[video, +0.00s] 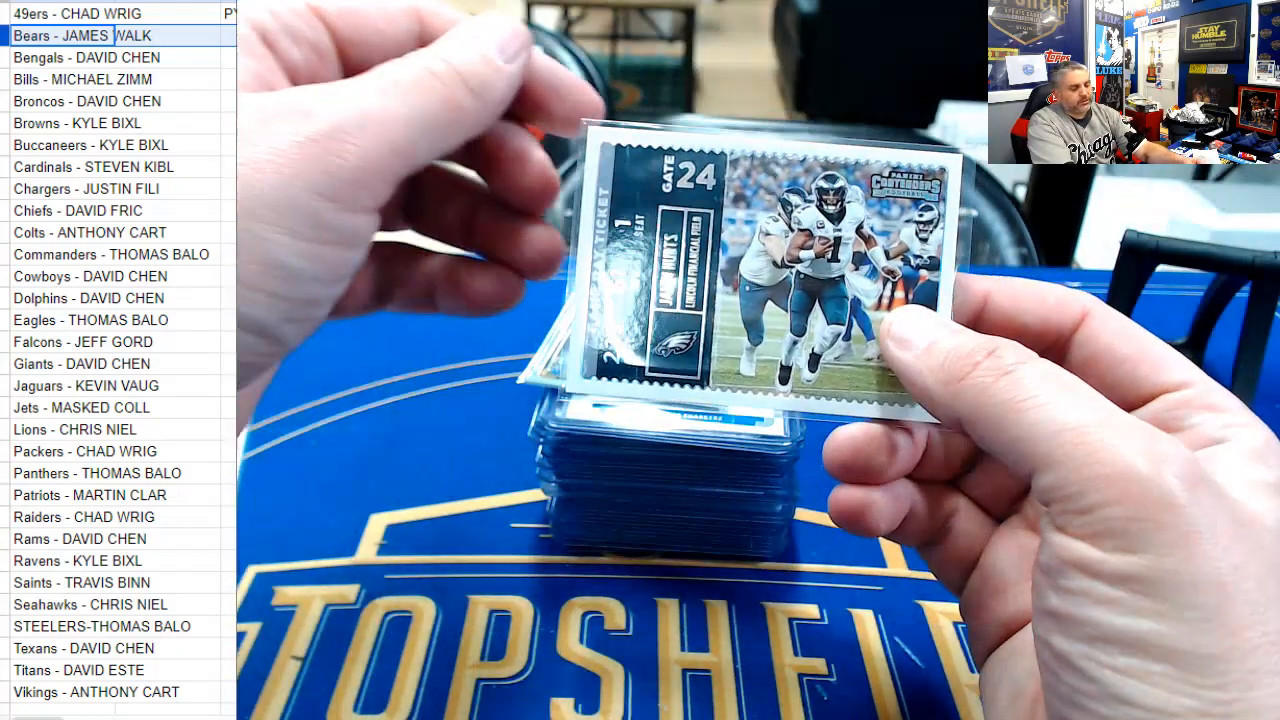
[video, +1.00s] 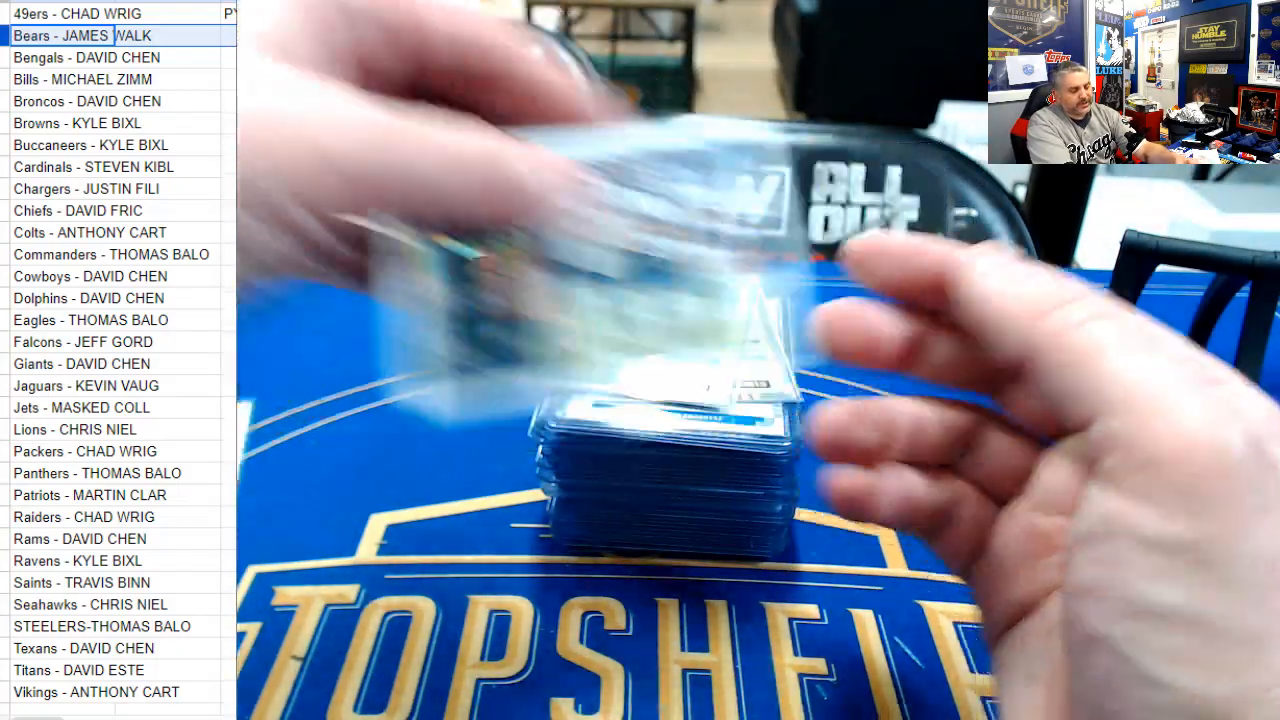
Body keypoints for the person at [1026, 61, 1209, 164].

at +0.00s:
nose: (1085, 93)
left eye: (1087, 85)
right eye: (1074, 89)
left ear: (1091, 85)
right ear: (1056, 96)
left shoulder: (1104, 113)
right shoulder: (1043, 122)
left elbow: (1145, 150)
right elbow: (1061, 177)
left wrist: (1186, 162)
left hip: (1112, 186)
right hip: (1072, 197)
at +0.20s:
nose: (1085, 93)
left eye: (1087, 85)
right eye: (1075, 89)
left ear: (1091, 85)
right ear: (1056, 96)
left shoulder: (1104, 113)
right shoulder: (1043, 122)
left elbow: (1145, 150)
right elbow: (1059, 176)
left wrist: (1186, 162)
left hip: (1113, 186)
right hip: (1072, 196)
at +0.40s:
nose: (1085, 94)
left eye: (1087, 86)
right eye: (1074, 89)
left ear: (1091, 85)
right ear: (1056, 96)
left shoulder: (1104, 113)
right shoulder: (1043, 123)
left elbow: (1145, 150)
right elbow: (1061, 177)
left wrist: (1182, 162)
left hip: (1113, 186)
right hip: (1073, 197)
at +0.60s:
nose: (1085, 94)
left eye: (1087, 86)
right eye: (1074, 90)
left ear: (1092, 86)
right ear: (1056, 96)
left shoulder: (1105, 114)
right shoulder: (1043, 123)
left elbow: (1145, 149)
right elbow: (1061, 177)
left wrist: (1178, 160)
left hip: (1113, 188)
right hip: (1072, 198)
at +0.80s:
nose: (1085, 95)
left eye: (1087, 87)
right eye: (1074, 90)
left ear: (1091, 86)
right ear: (1056, 96)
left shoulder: (1105, 114)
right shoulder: (1043, 123)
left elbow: (1145, 150)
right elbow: (1060, 176)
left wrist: (1181, 162)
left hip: (1113, 187)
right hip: (1071, 197)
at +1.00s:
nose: (1084, 95)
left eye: (1086, 86)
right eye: (1074, 91)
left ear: (1091, 86)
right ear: (1056, 96)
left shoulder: (1106, 114)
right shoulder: (1042, 123)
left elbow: (1144, 149)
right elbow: (1061, 176)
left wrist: (1178, 159)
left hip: (1112, 188)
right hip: (1070, 197)